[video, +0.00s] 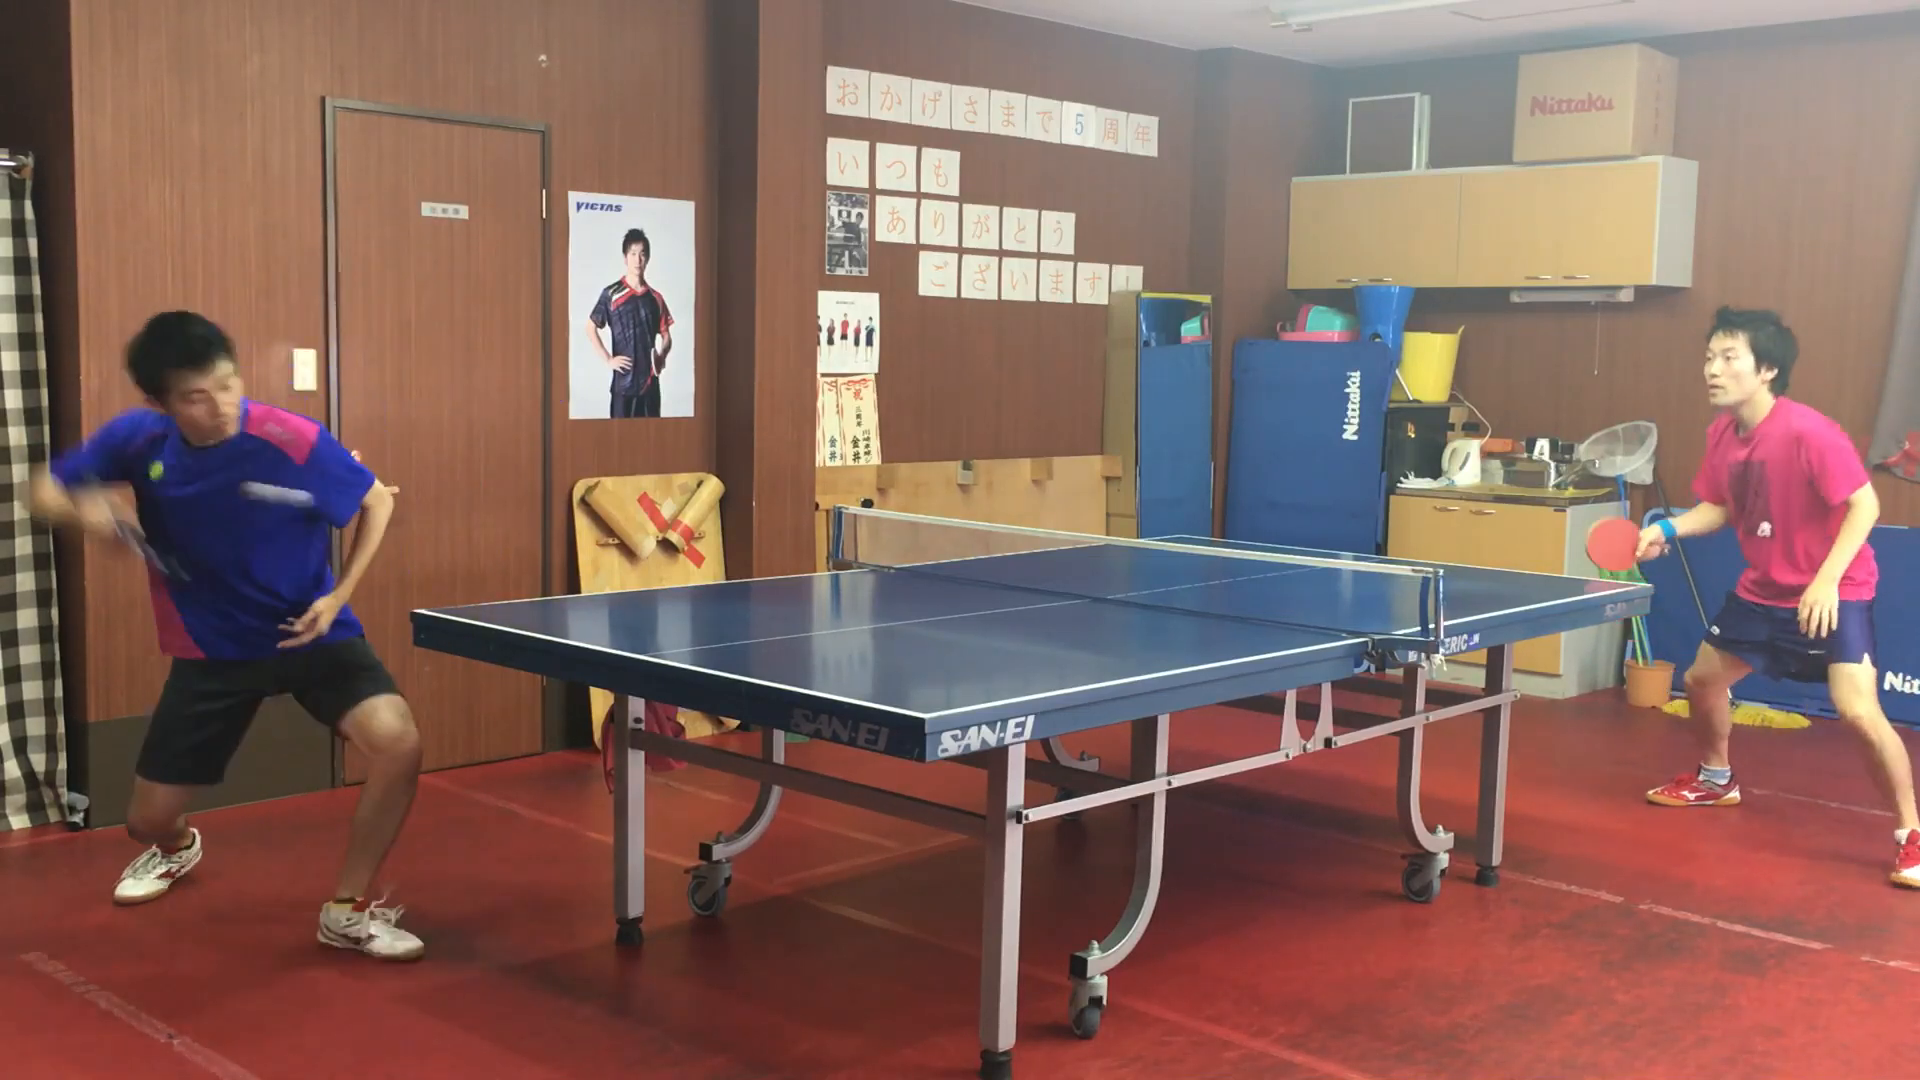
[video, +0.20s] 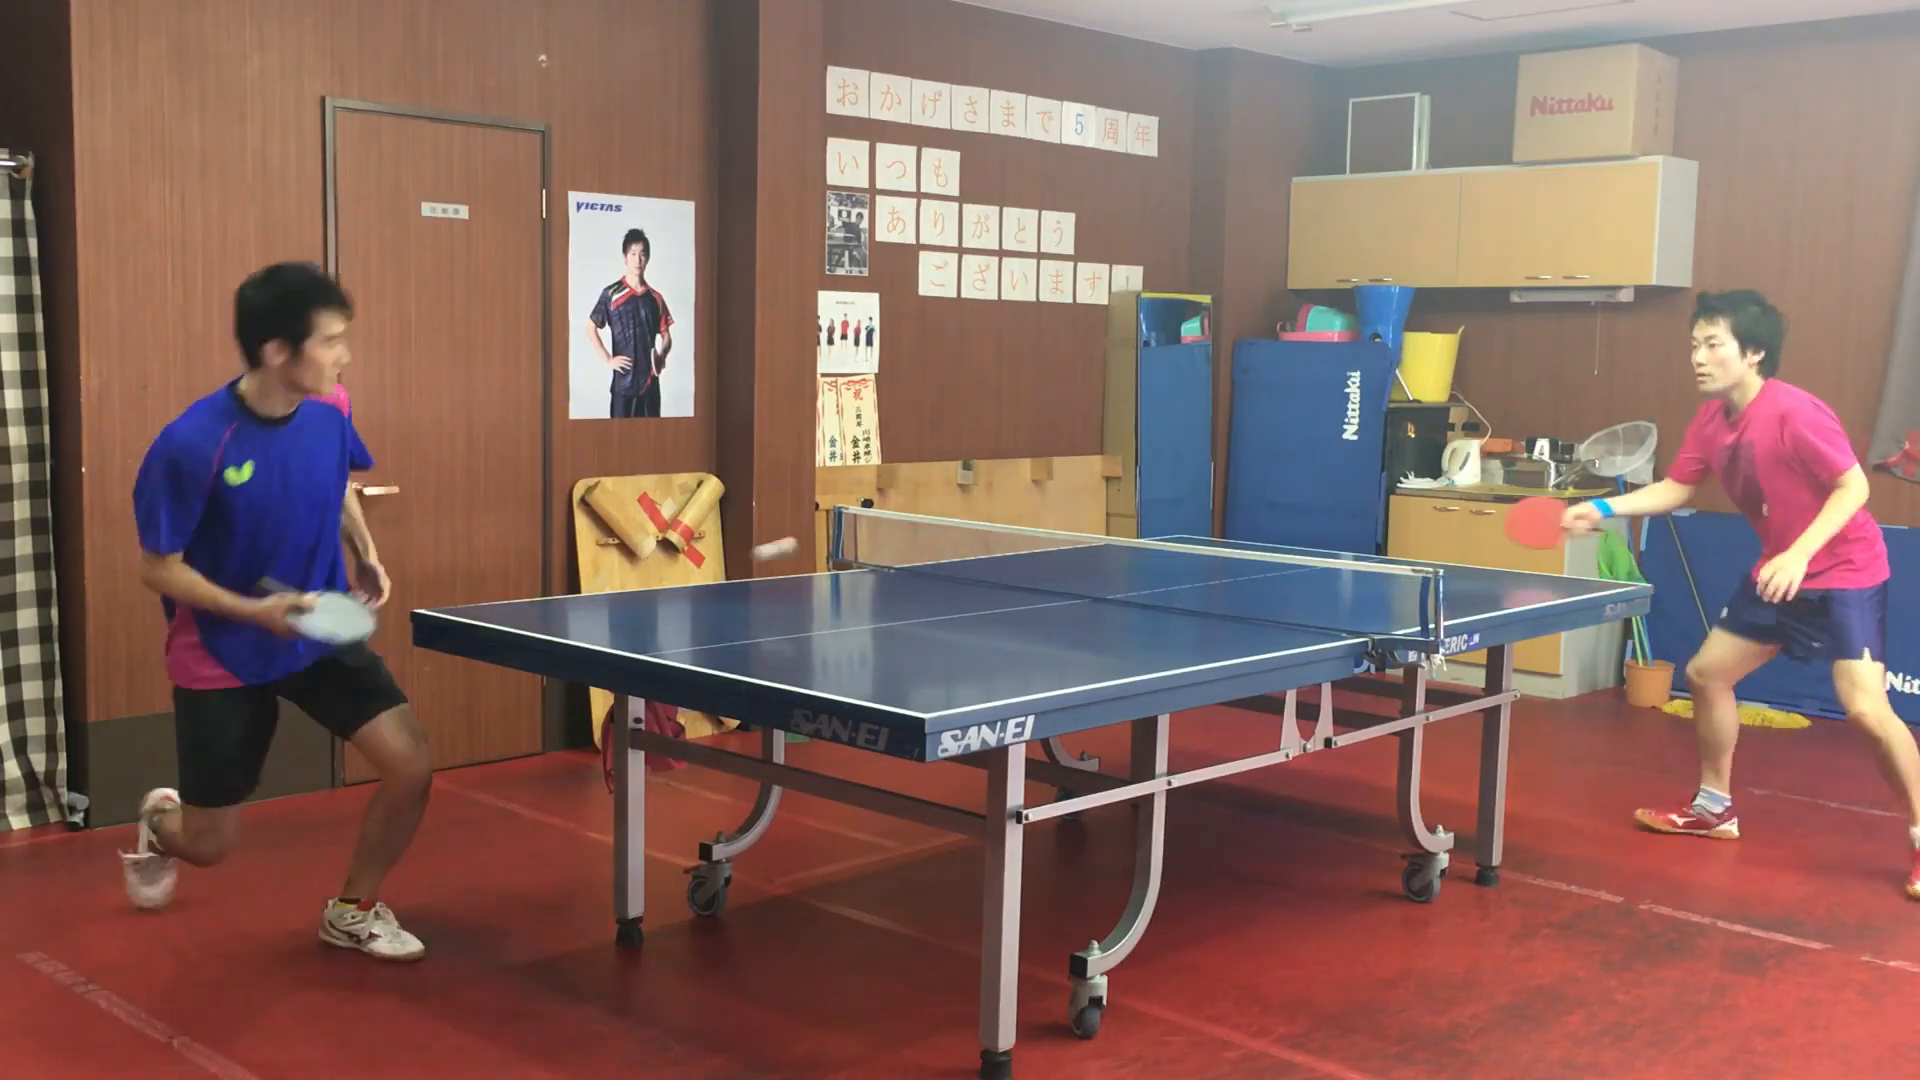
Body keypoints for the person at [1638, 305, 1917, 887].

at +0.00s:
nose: (1711, 370)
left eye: (1727, 359)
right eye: (1709, 359)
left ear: (1767, 373)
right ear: (1706, 366)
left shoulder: (1809, 432)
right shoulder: (1723, 432)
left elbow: (1865, 506)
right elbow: (1718, 508)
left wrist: (1827, 578)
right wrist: (1668, 528)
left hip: (1835, 588)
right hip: (1763, 585)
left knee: (1857, 709)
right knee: (1703, 679)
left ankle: (1911, 831)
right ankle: (1714, 776)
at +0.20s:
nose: (1697, 357)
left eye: (1712, 345)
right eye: (1694, 345)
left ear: (1753, 353)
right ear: (1695, 351)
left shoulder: (1793, 410)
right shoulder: (1710, 422)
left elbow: (1854, 486)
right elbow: (1675, 490)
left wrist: (1799, 552)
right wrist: (1602, 507)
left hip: (1847, 572)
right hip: (1780, 569)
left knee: (1866, 707)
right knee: (1708, 674)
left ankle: (1919, 835)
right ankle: (1713, 807)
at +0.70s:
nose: (1509, 413)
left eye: (1521, 399)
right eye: (1505, 402)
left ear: (1566, 402)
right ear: (1513, 412)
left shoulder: (1637, 445)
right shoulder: (1518, 478)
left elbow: (1691, 502)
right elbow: (1466, 515)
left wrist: (1750, 545)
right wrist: (1401, 520)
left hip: (1674, 628)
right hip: (1587, 628)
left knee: (1767, 731)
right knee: (1476, 670)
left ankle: (1851, 843)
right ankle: (1460, 812)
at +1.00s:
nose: (1549, 364)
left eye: (1564, 351)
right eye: (1543, 352)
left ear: (1606, 359)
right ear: (1538, 360)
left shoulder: (1664, 409)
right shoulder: (1538, 439)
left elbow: (1729, 464)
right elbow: (1515, 516)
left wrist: (1763, 514)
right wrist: (1474, 531)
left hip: (1685, 591)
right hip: (1593, 592)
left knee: (1760, 701)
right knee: (1512, 681)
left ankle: (1832, 827)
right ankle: (1488, 811)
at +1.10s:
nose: (1591, 382)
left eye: (1606, 371)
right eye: (1585, 369)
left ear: (1647, 380)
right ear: (1580, 375)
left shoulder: (1699, 438)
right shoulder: (1576, 454)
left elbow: (1759, 509)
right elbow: (1559, 523)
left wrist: (1757, 568)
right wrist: (1514, 531)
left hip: (1706, 605)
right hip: (1618, 602)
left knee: (1769, 713)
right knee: (1529, 679)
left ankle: (1827, 845)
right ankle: (1488, 811)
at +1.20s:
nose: (1626, 393)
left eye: (1642, 382)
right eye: (1622, 381)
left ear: (1681, 392)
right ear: (1617, 387)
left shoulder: (1720, 456)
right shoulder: (1619, 452)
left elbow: (1777, 541)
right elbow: (1622, 515)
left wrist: (1765, 617)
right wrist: (1566, 522)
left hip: (1730, 612)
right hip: (1655, 604)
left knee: (1779, 714)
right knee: (1549, 668)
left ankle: (1831, 845)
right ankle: (1524, 793)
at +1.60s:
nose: (1661, 367)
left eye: (1676, 355)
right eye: (1654, 355)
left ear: (1711, 364)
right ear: (1647, 361)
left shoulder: (1737, 407)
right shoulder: (1649, 424)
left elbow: (1667, 455)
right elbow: (1613, 501)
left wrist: (1601, 408)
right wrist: (1614, 519)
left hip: (1751, 567)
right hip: (1680, 562)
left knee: (1757, 668)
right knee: (1617, 655)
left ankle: (1768, 792)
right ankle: (1625, 747)